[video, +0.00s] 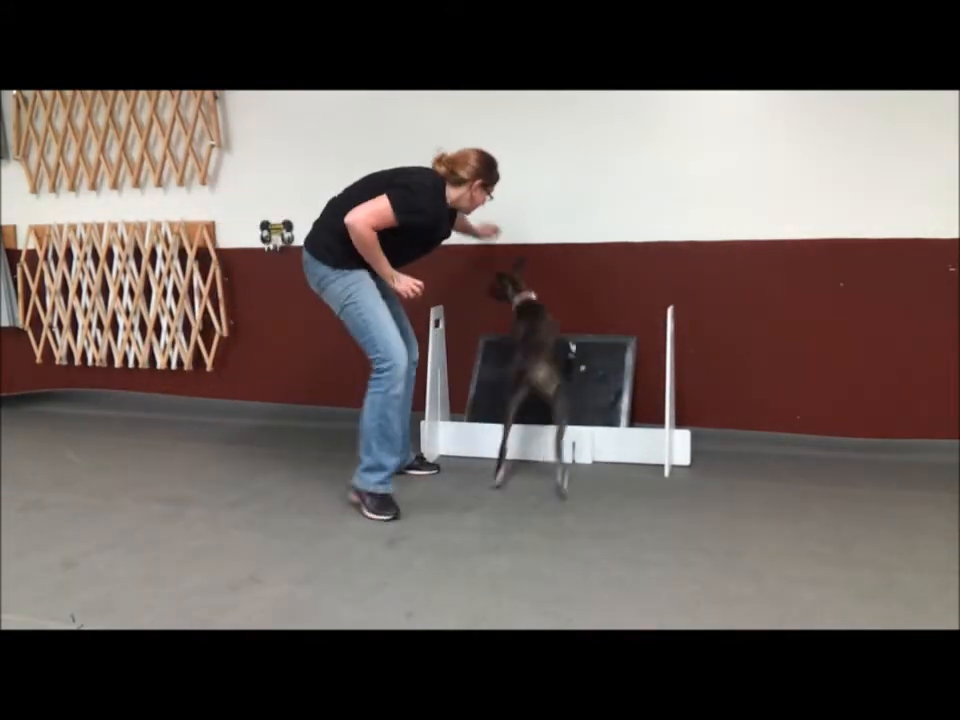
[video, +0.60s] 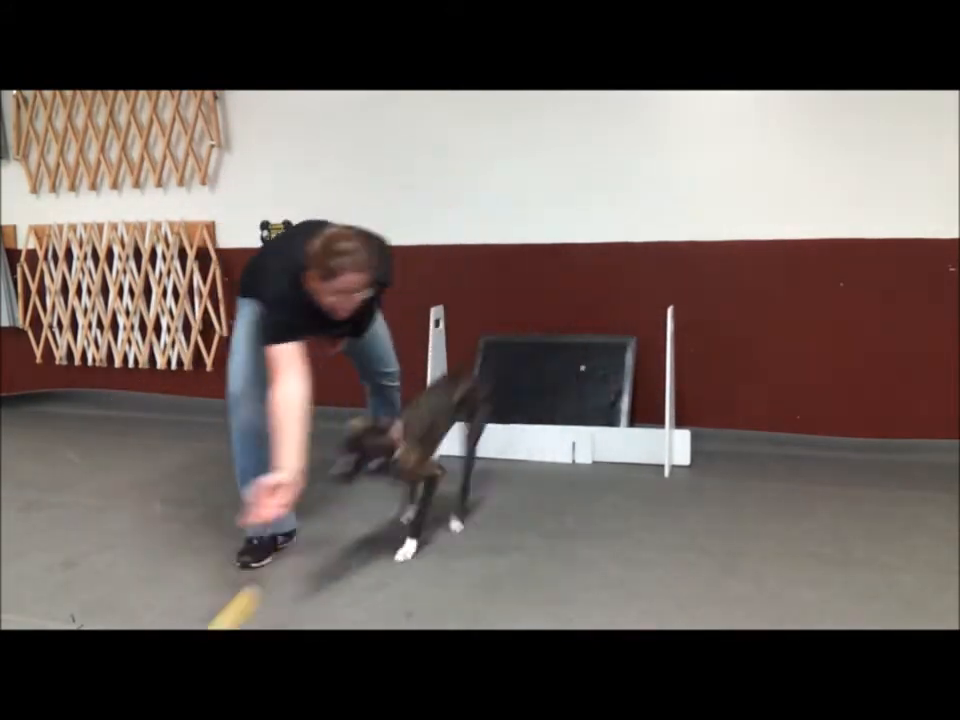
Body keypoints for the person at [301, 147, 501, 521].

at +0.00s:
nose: (485, 200)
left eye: (488, 194)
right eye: (486, 192)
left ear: (468, 183)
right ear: (471, 184)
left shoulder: (444, 201)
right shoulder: (425, 194)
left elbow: (450, 218)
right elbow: (357, 221)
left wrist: (474, 230)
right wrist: (391, 275)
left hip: (363, 264)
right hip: (334, 263)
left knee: (407, 353)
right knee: (391, 359)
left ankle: (398, 455)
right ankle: (370, 483)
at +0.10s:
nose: (491, 198)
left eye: (494, 191)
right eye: (491, 190)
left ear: (472, 181)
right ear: (474, 182)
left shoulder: (447, 206)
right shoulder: (425, 192)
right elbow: (353, 229)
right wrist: (394, 278)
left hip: (367, 263)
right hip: (332, 259)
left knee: (406, 352)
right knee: (386, 351)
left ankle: (397, 454)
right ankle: (374, 475)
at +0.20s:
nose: (494, 208)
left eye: (497, 201)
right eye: (494, 199)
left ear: (474, 191)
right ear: (478, 193)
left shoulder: (451, 217)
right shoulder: (421, 197)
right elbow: (353, 244)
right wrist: (399, 291)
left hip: (364, 257)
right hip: (321, 251)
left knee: (401, 350)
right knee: (353, 344)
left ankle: (394, 454)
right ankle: (369, 463)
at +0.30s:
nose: (486, 226)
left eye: (489, 220)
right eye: (486, 219)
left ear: (465, 207)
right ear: (469, 213)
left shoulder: (441, 228)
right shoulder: (406, 216)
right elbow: (353, 273)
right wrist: (403, 320)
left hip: (362, 261)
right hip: (312, 253)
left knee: (404, 347)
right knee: (323, 342)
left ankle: (391, 456)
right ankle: (337, 460)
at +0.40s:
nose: (460, 252)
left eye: (464, 245)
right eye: (460, 245)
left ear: (439, 235)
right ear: (441, 237)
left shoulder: (425, 251)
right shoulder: (382, 238)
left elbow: (401, 306)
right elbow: (346, 316)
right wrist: (406, 368)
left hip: (363, 273)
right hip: (304, 264)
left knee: (404, 347)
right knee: (300, 358)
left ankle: (391, 457)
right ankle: (293, 483)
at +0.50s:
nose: (422, 279)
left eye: (426, 271)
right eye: (417, 271)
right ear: (387, 261)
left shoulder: (404, 264)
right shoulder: (338, 260)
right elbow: (333, 362)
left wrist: (373, 313)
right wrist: (369, 436)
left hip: (357, 294)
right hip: (288, 287)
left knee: (399, 368)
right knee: (273, 389)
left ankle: (396, 463)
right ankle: (275, 516)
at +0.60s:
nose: (349, 302)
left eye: (358, 292)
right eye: (338, 293)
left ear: (371, 283)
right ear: (312, 282)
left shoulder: (376, 266)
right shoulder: (281, 289)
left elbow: (367, 303)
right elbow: (288, 378)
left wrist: (339, 335)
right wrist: (289, 470)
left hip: (347, 313)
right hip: (266, 300)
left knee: (385, 374)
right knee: (245, 403)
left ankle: (385, 446)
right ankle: (269, 524)